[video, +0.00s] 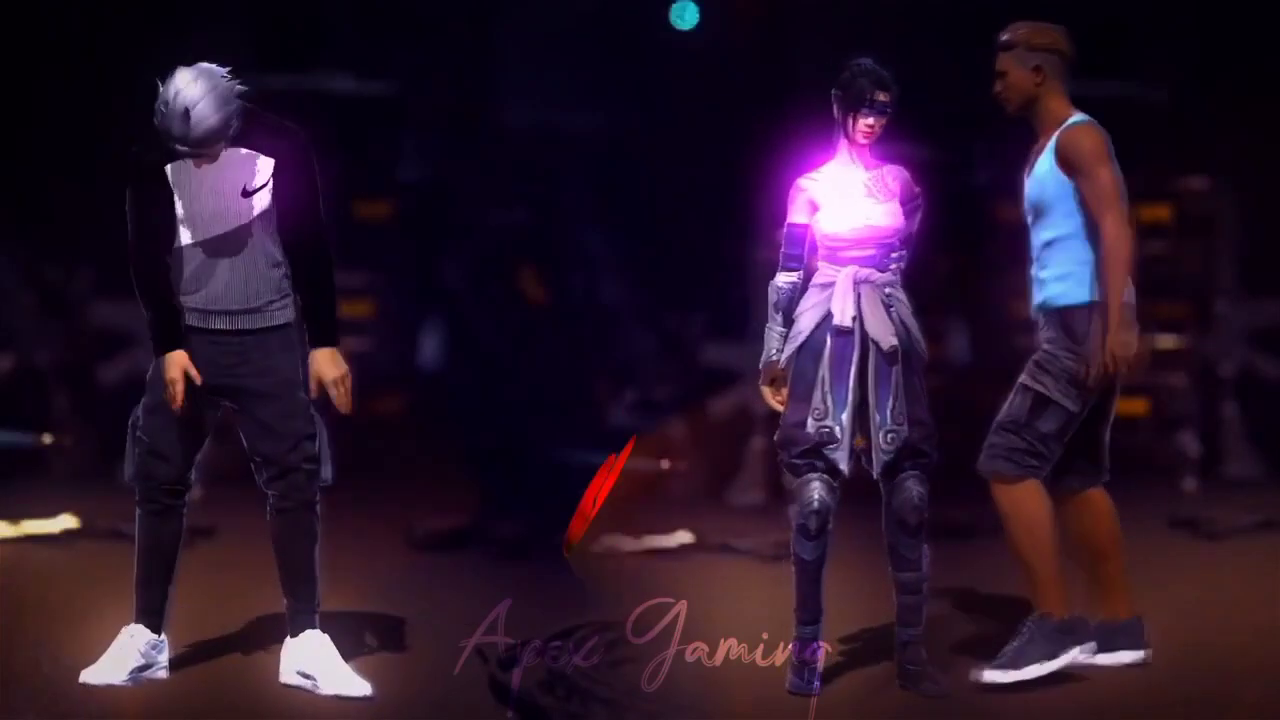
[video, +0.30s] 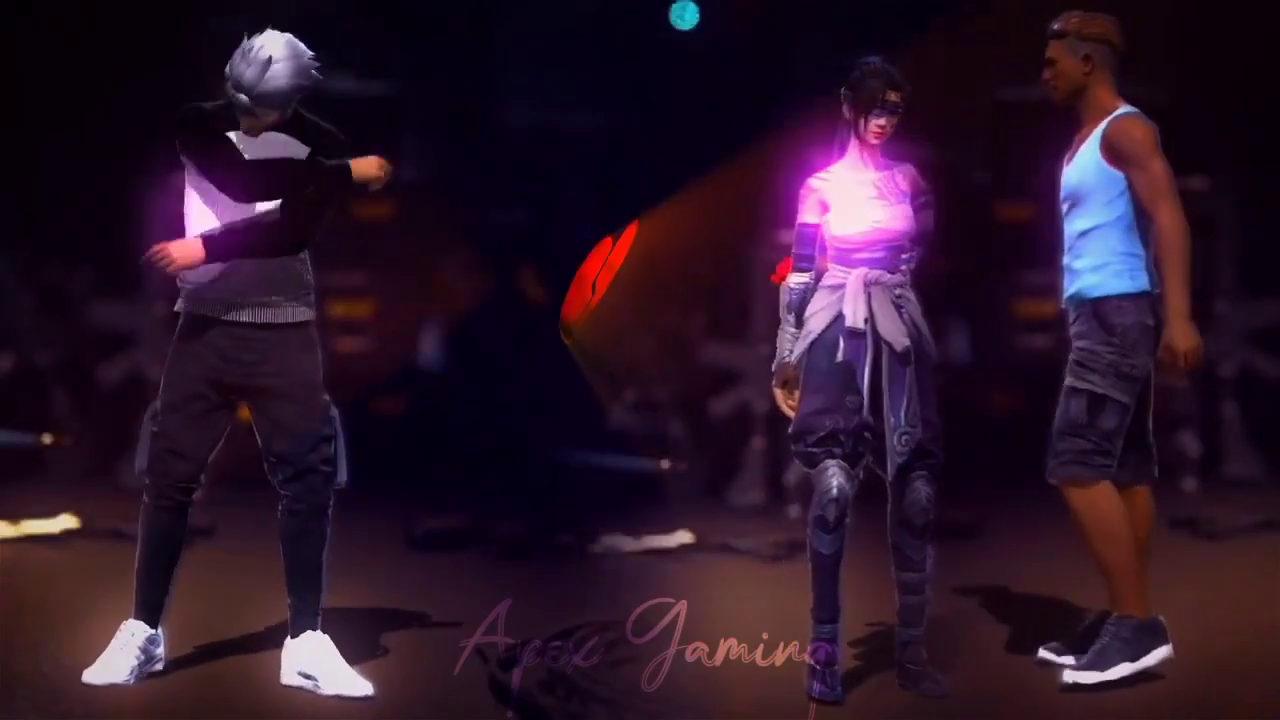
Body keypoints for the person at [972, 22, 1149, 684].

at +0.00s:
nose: (997, 84)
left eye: (1004, 73)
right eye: (997, 74)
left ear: (1040, 74)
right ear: (1033, 76)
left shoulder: (1080, 136)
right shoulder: (1050, 144)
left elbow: (1113, 224)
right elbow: (1068, 239)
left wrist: (1118, 317)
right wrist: (1047, 319)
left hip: (1079, 323)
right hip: (1070, 321)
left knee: (1007, 463)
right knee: (1076, 476)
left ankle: (1054, 621)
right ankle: (1120, 623)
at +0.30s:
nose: (1045, 71)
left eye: (1053, 61)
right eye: (1045, 62)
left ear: (1089, 63)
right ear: (1082, 64)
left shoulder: (1125, 129)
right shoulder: (1087, 136)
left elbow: (1168, 219)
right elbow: (1103, 233)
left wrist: (1178, 316)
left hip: (1117, 313)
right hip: (1101, 313)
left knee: (1077, 466)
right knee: (1129, 473)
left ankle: (1136, 623)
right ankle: (1123, 618)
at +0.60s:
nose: (1100, 71)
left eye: (1108, 60)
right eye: (1100, 61)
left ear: (1145, 63)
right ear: (1135, 65)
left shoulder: (1186, 134)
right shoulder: (1129, 141)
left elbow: (1225, 229)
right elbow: (1133, 242)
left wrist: (1227, 326)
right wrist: (1115, 323)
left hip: (1165, 321)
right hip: (1123, 323)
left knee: (1171, 476)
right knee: (1120, 475)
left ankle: (1213, 634)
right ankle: (1121, 623)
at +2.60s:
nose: (1113, 67)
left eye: (1123, 57)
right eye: (1113, 58)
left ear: (1159, 62)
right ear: (1142, 64)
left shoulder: (1200, 135)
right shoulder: (1132, 141)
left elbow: (1233, 233)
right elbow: (1133, 240)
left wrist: (1228, 327)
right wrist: (1118, 322)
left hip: (1173, 320)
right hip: (1125, 322)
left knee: (1190, 477)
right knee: (1117, 471)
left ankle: (1216, 636)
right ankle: (1121, 623)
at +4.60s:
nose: (1112, 68)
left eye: (1122, 58)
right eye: (1113, 59)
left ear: (1159, 62)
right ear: (1143, 64)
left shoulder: (1201, 135)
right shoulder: (1133, 141)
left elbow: (1234, 234)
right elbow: (1134, 240)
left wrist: (1228, 327)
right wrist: (1118, 320)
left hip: (1172, 319)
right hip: (1125, 322)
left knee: (1190, 476)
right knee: (1118, 471)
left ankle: (1216, 637)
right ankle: (1121, 623)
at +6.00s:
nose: (1110, 68)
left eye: (1120, 58)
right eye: (1111, 58)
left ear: (1157, 62)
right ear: (1141, 65)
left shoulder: (1199, 135)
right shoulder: (1131, 142)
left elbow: (1234, 233)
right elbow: (1135, 241)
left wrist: (1232, 328)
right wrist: (1119, 321)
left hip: (1172, 319)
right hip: (1125, 322)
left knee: (1189, 476)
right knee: (1115, 469)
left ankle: (1216, 637)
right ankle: (1120, 623)